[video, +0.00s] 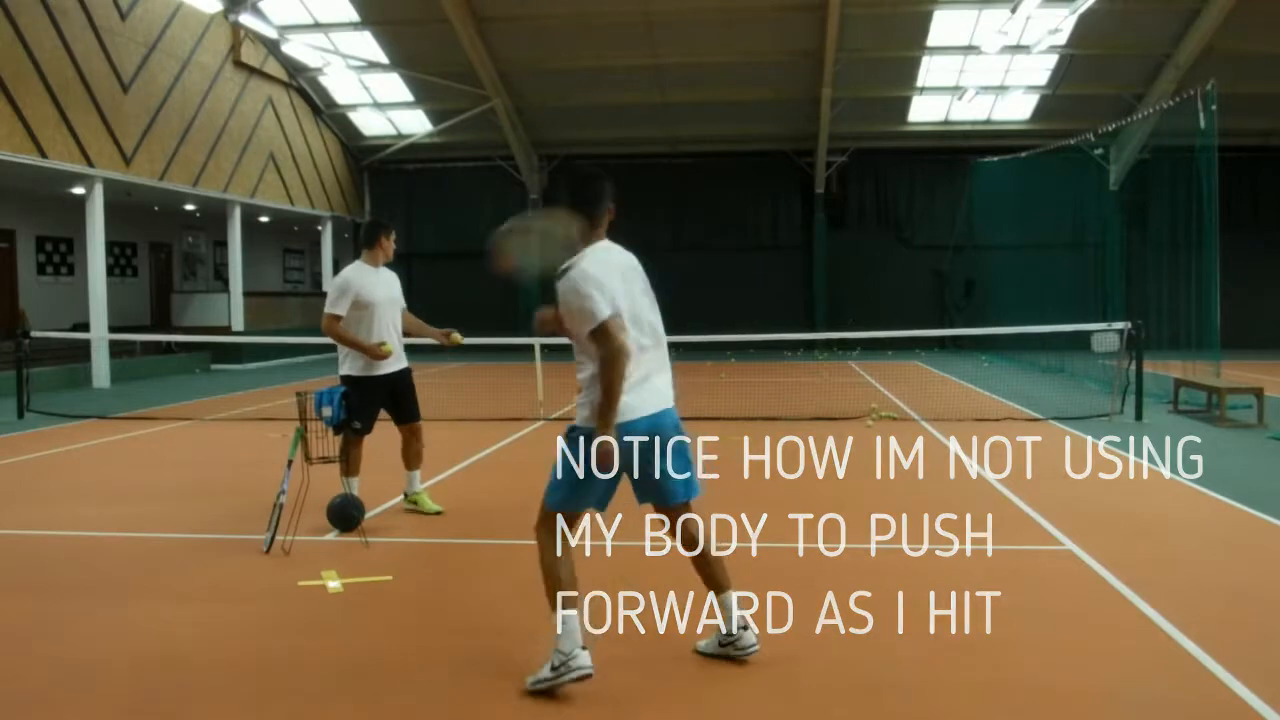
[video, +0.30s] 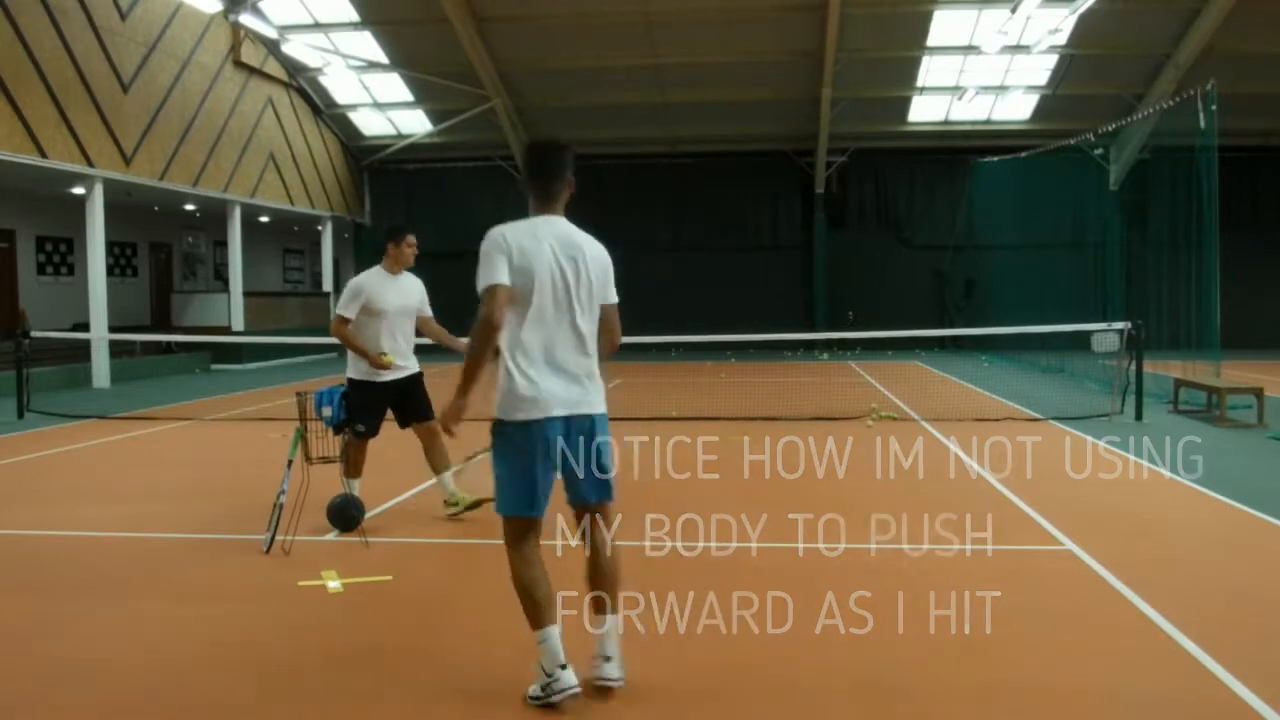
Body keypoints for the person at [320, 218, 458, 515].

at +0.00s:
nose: (395, 247)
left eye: (394, 241)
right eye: (393, 241)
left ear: (379, 242)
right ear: (381, 242)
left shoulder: (391, 277)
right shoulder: (347, 278)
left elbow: (401, 318)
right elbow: (329, 325)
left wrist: (437, 334)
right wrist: (366, 348)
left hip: (397, 371)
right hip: (360, 375)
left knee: (412, 429)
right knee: (353, 437)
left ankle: (413, 492)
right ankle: (351, 502)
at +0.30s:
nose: (415, 252)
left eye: (415, 247)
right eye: (410, 247)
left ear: (408, 251)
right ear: (391, 249)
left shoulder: (415, 284)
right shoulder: (362, 284)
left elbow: (426, 324)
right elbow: (338, 327)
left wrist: (457, 343)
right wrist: (368, 356)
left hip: (407, 375)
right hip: (367, 378)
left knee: (428, 429)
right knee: (358, 440)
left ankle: (452, 495)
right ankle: (351, 502)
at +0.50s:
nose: (439, 264)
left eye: (442, 258)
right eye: (432, 258)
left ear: (446, 262)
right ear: (418, 260)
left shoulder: (448, 294)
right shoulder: (390, 292)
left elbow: (451, 342)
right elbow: (365, 329)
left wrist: (469, 379)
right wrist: (385, 362)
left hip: (429, 379)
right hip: (386, 381)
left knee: (450, 436)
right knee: (372, 441)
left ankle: (456, 499)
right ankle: (352, 497)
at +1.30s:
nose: (410, 254)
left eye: (413, 249)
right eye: (404, 249)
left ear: (417, 255)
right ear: (388, 255)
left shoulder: (430, 291)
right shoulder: (369, 294)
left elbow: (448, 330)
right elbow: (349, 338)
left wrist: (449, 341)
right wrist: (372, 364)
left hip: (422, 381)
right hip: (380, 384)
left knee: (443, 435)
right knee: (363, 444)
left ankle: (459, 500)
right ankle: (341, 492)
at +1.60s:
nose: (381, 248)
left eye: (384, 243)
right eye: (374, 243)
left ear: (388, 248)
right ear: (361, 247)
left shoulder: (397, 283)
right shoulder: (342, 285)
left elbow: (402, 321)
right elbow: (319, 329)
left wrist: (412, 342)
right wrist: (348, 357)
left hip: (392, 376)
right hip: (353, 380)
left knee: (416, 430)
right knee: (345, 442)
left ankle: (421, 496)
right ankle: (337, 498)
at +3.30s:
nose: (396, 252)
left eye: (396, 247)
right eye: (394, 247)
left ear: (381, 248)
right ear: (381, 248)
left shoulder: (390, 281)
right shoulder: (346, 284)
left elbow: (402, 319)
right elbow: (326, 331)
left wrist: (443, 328)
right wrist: (362, 358)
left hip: (395, 374)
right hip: (358, 380)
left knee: (423, 425)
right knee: (349, 440)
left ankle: (428, 492)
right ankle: (337, 496)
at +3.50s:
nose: (420, 257)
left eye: (422, 252)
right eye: (414, 252)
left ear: (421, 256)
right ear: (396, 254)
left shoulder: (423, 291)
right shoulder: (369, 288)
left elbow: (438, 331)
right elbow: (343, 330)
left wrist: (475, 356)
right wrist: (369, 361)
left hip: (408, 382)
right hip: (367, 383)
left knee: (430, 436)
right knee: (350, 442)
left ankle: (451, 501)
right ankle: (337, 497)